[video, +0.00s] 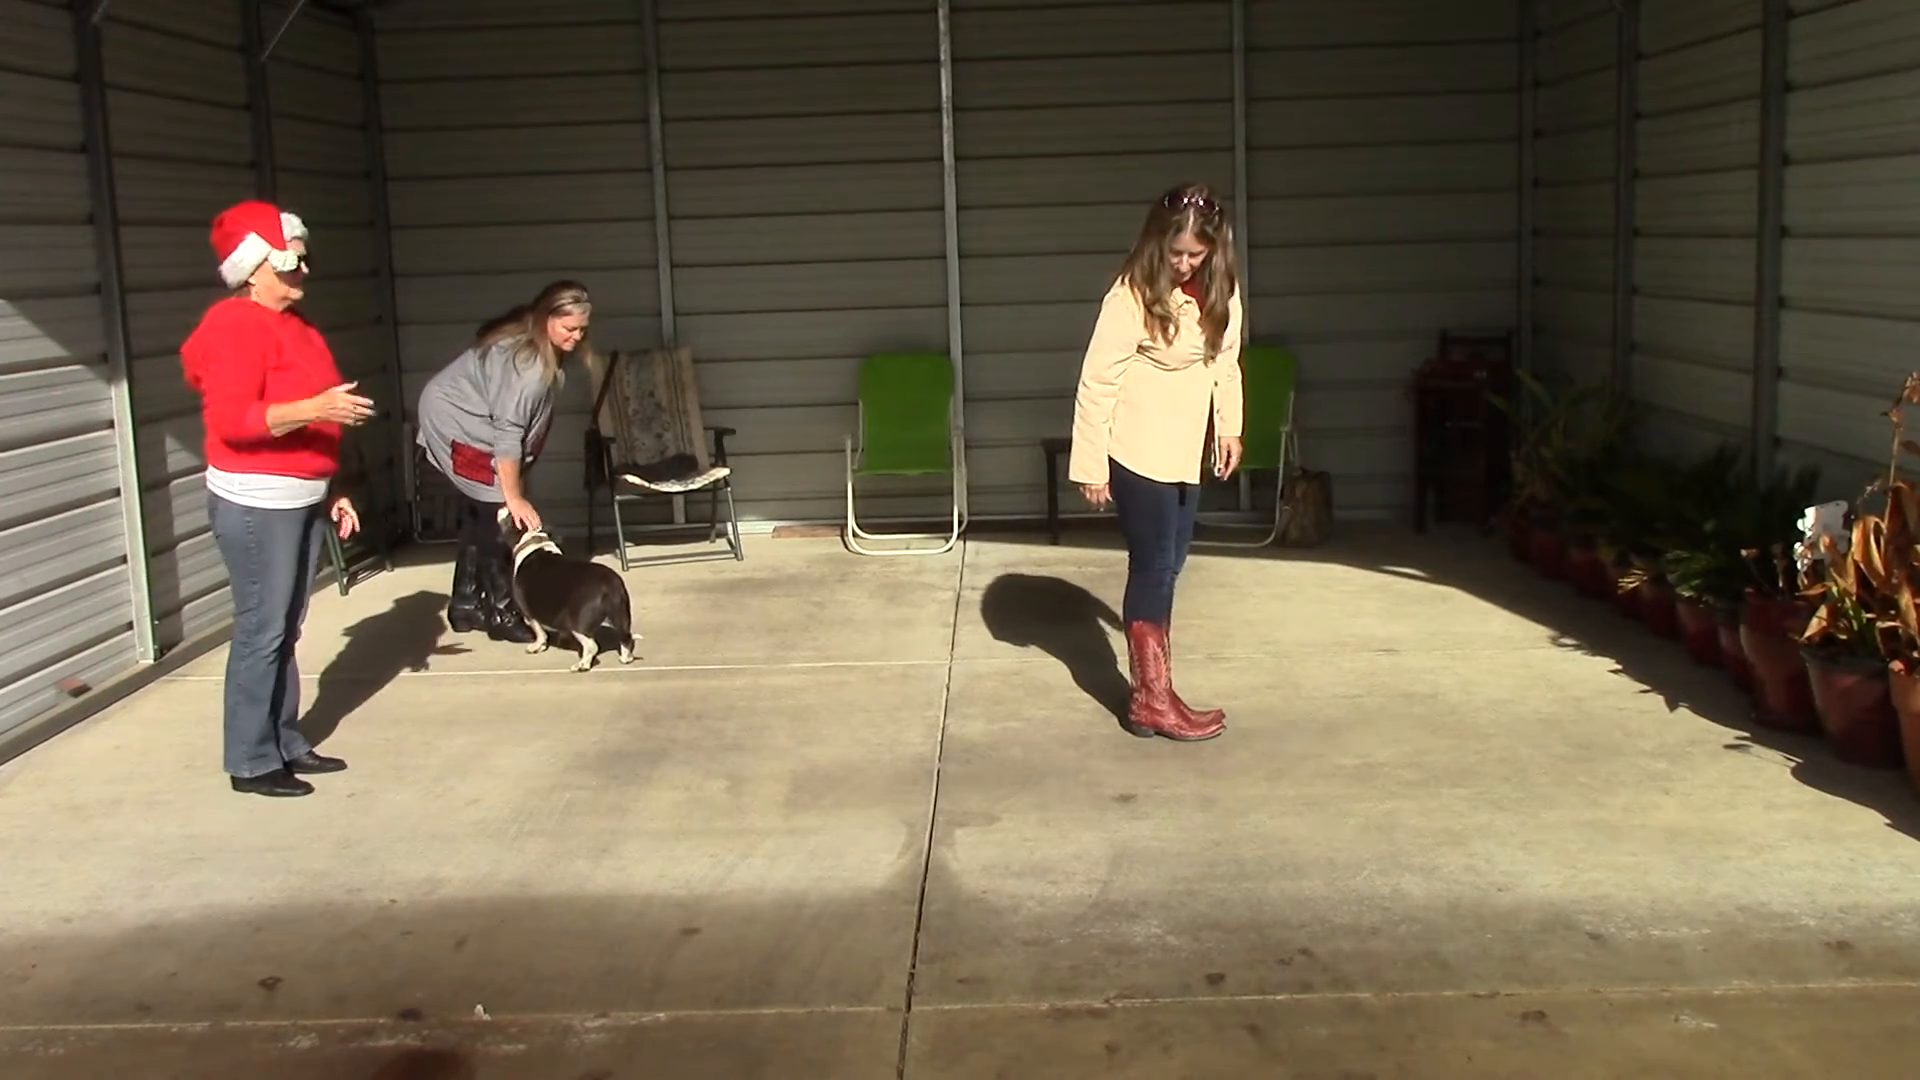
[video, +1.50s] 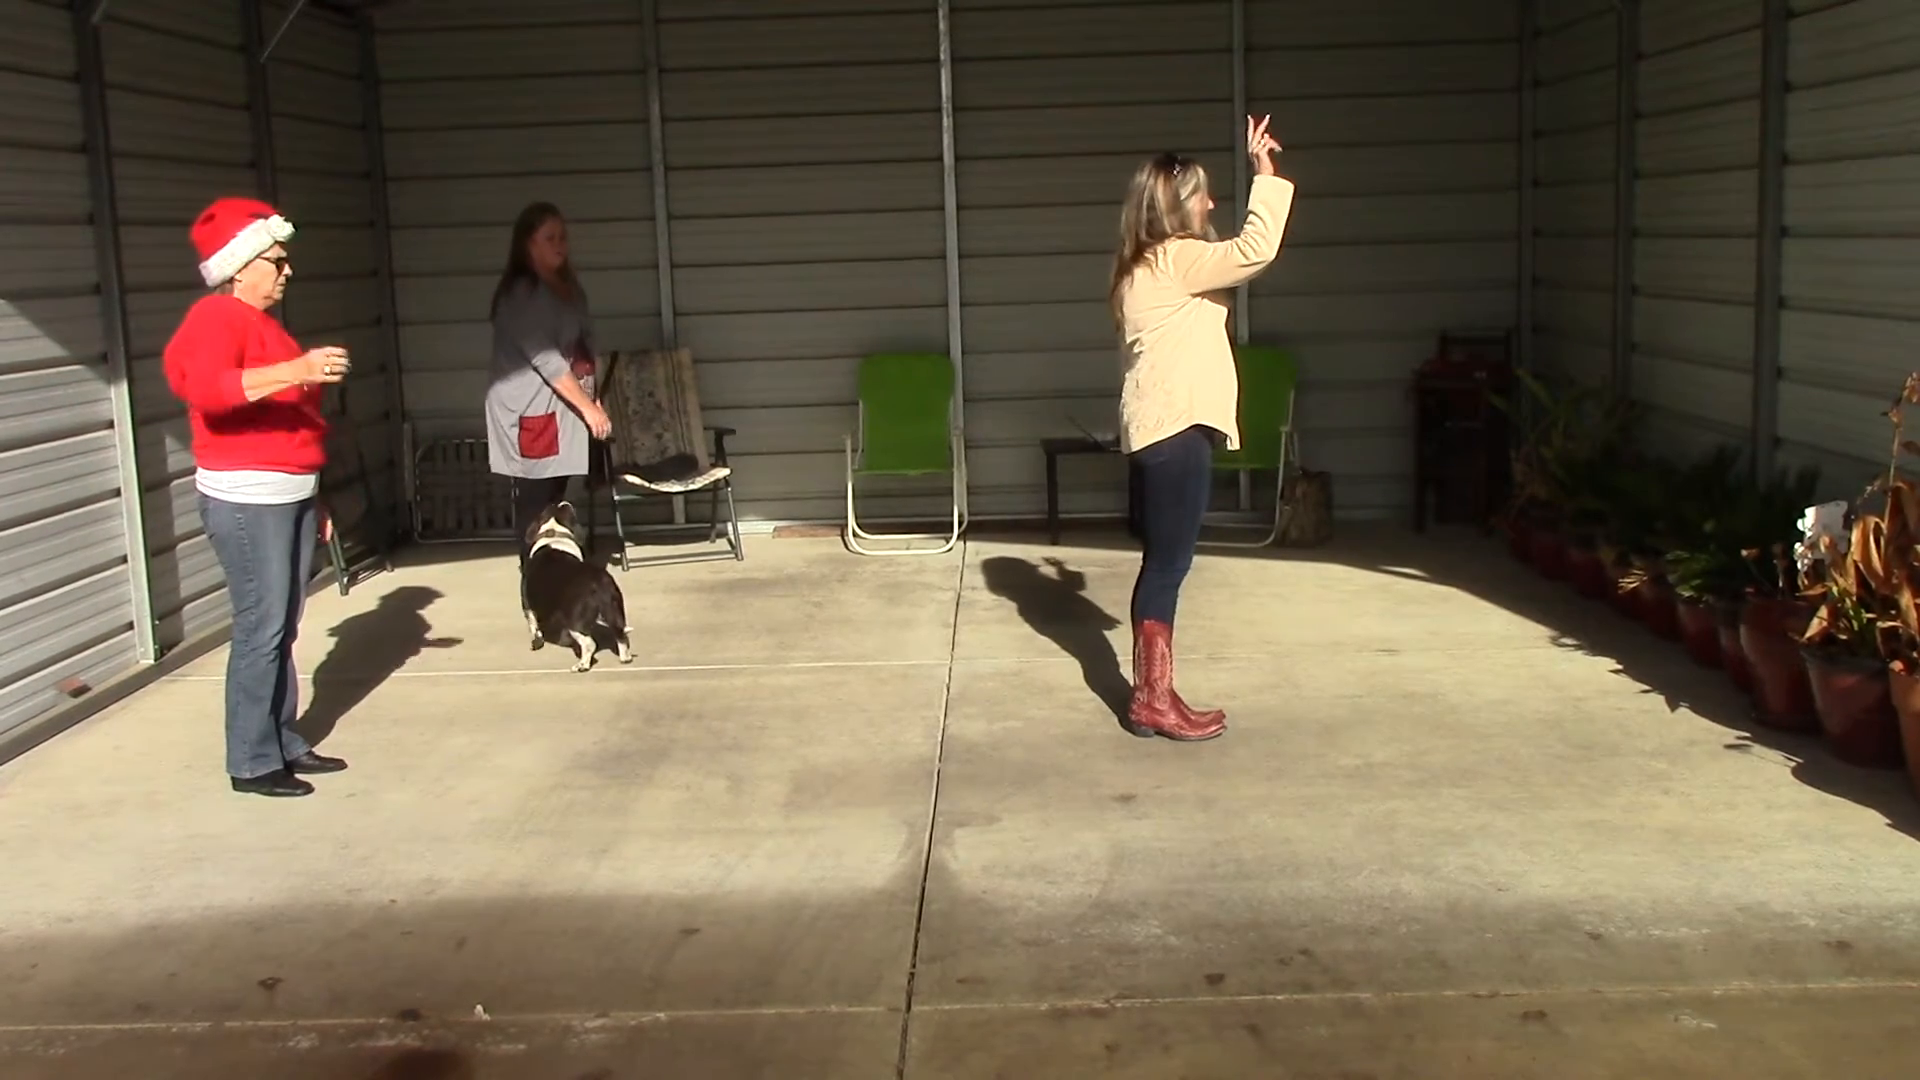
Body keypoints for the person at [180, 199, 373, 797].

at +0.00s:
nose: (302, 272)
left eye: (303, 261)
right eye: (289, 263)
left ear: (297, 261)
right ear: (252, 267)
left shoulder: (299, 329)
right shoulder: (231, 326)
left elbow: (313, 419)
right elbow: (230, 421)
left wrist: (331, 488)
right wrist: (313, 408)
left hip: (299, 497)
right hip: (253, 500)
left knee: (284, 631)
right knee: (260, 633)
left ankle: (281, 744)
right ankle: (249, 761)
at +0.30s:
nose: (290, 256)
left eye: (289, 247)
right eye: (278, 246)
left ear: (279, 258)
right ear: (244, 258)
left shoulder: (293, 326)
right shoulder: (215, 316)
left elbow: (317, 411)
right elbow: (260, 337)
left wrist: (347, 477)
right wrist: (263, 265)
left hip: (308, 493)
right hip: (256, 496)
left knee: (290, 629)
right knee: (263, 630)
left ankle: (283, 743)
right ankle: (251, 762)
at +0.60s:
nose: (296, 273)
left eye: (297, 262)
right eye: (284, 262)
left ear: (290, 267)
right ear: (242, 264)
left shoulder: (289, 333)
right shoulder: (209, 319)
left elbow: (315, 419)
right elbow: (254, 305)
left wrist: (335, 492)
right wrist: (257, 244)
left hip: (304, 495)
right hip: (252, 497)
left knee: (285, 631)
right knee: (262, 631)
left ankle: (282, 743)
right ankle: (250, 763)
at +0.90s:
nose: (284, 275)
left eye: (286, 265)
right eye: (275, 265)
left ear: (283, 268)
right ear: (233, 264)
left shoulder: (273, 330)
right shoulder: (202, 318)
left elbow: (303, 419)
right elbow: (246, 291)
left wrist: (327, 492)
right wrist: (245, 242)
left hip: (296, 494)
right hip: (246, 498)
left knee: (283, 630)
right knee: (259, 631)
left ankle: (282, 743)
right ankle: (250, 762)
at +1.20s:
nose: (278, 268)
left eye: (279, 257)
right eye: (265, 258)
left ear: (275, 265)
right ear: (223, 263)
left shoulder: (272, 333)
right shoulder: (201, 320)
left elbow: (297, 421)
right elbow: (240, 302)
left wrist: (320, 493)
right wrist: (244, 236)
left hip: (293, 495)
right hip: (243, 498)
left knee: (282, 630)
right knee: (259, 631)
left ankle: (283, 743)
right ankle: (250, 763)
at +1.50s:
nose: (287, 273)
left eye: (286, 263)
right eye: (278, 263)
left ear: (249, 268)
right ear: (243, 266)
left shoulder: (266, 326)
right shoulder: (212, 317)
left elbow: (291, 422)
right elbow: (207, 389)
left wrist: (314, 500)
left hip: (290, 492)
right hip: (246, 496)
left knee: (281, 628)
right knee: (260, 629)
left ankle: (281, 743)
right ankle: (250, 762)